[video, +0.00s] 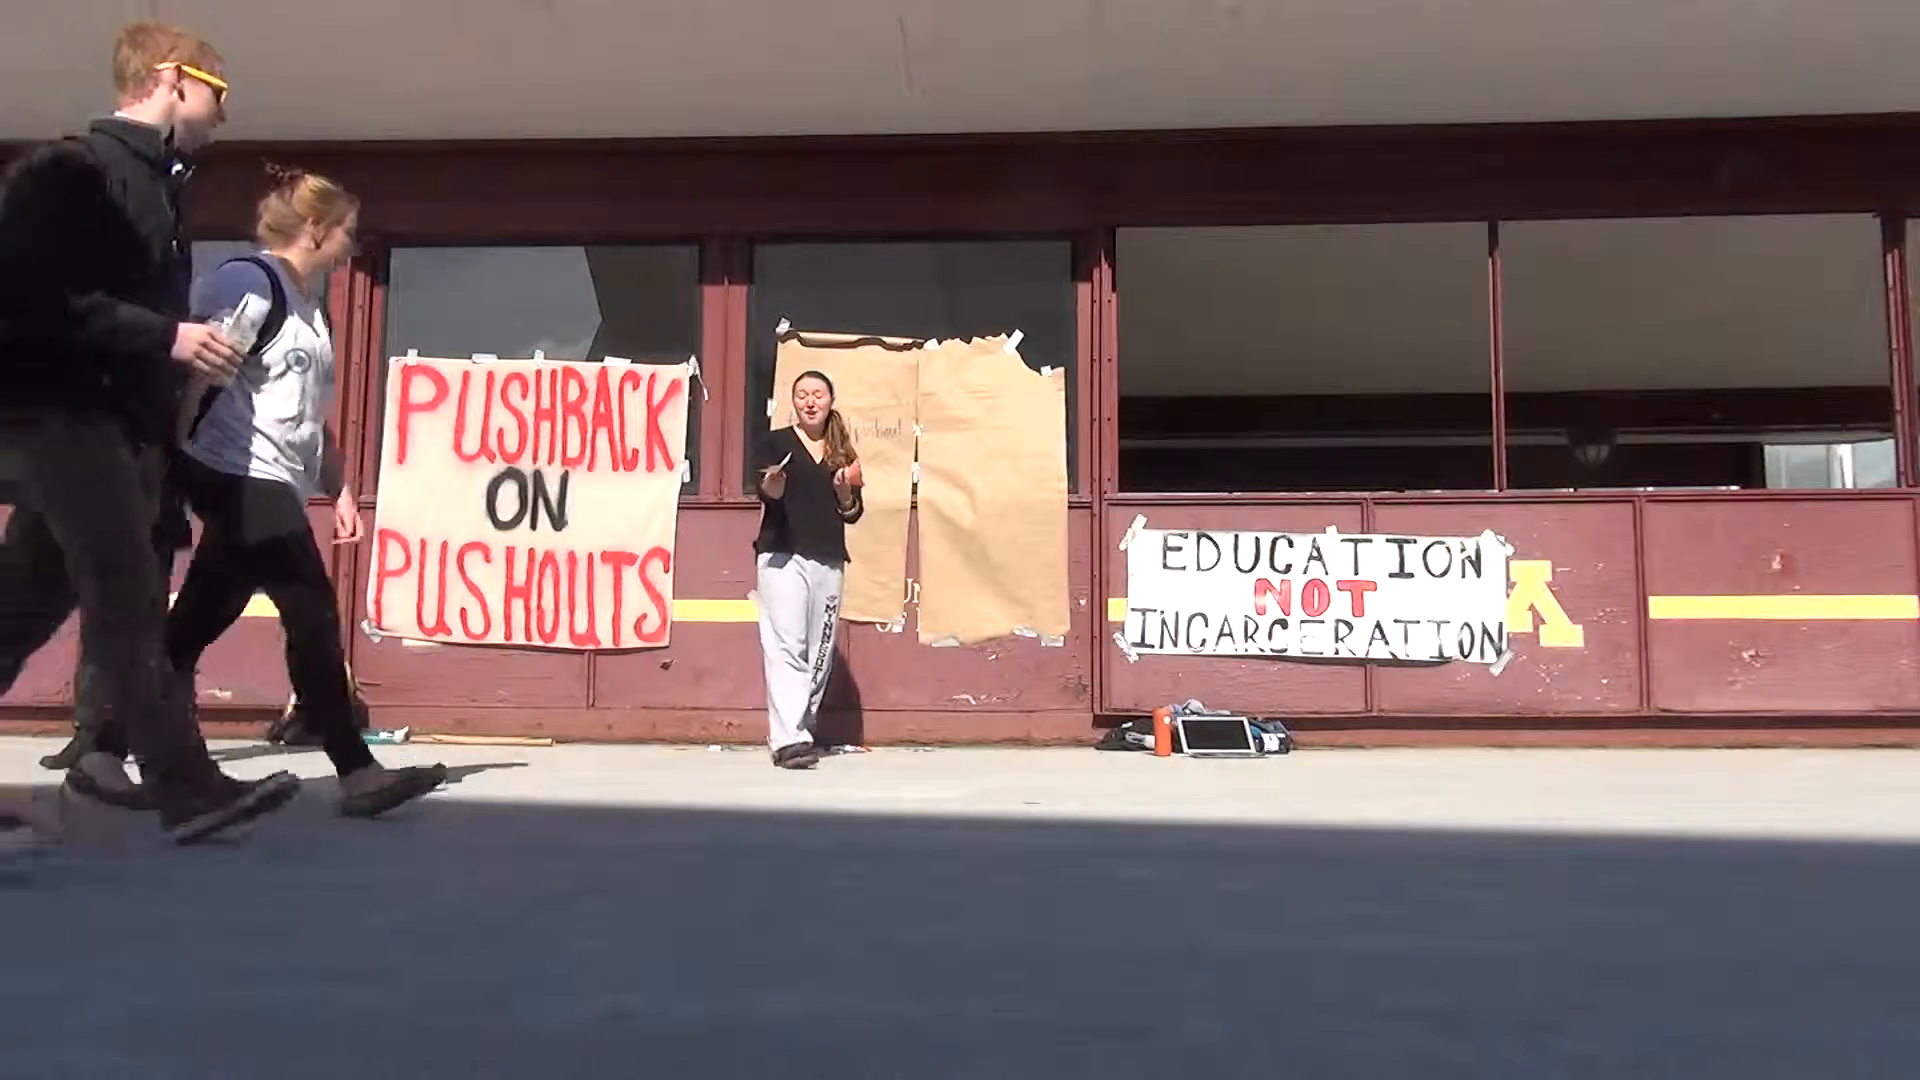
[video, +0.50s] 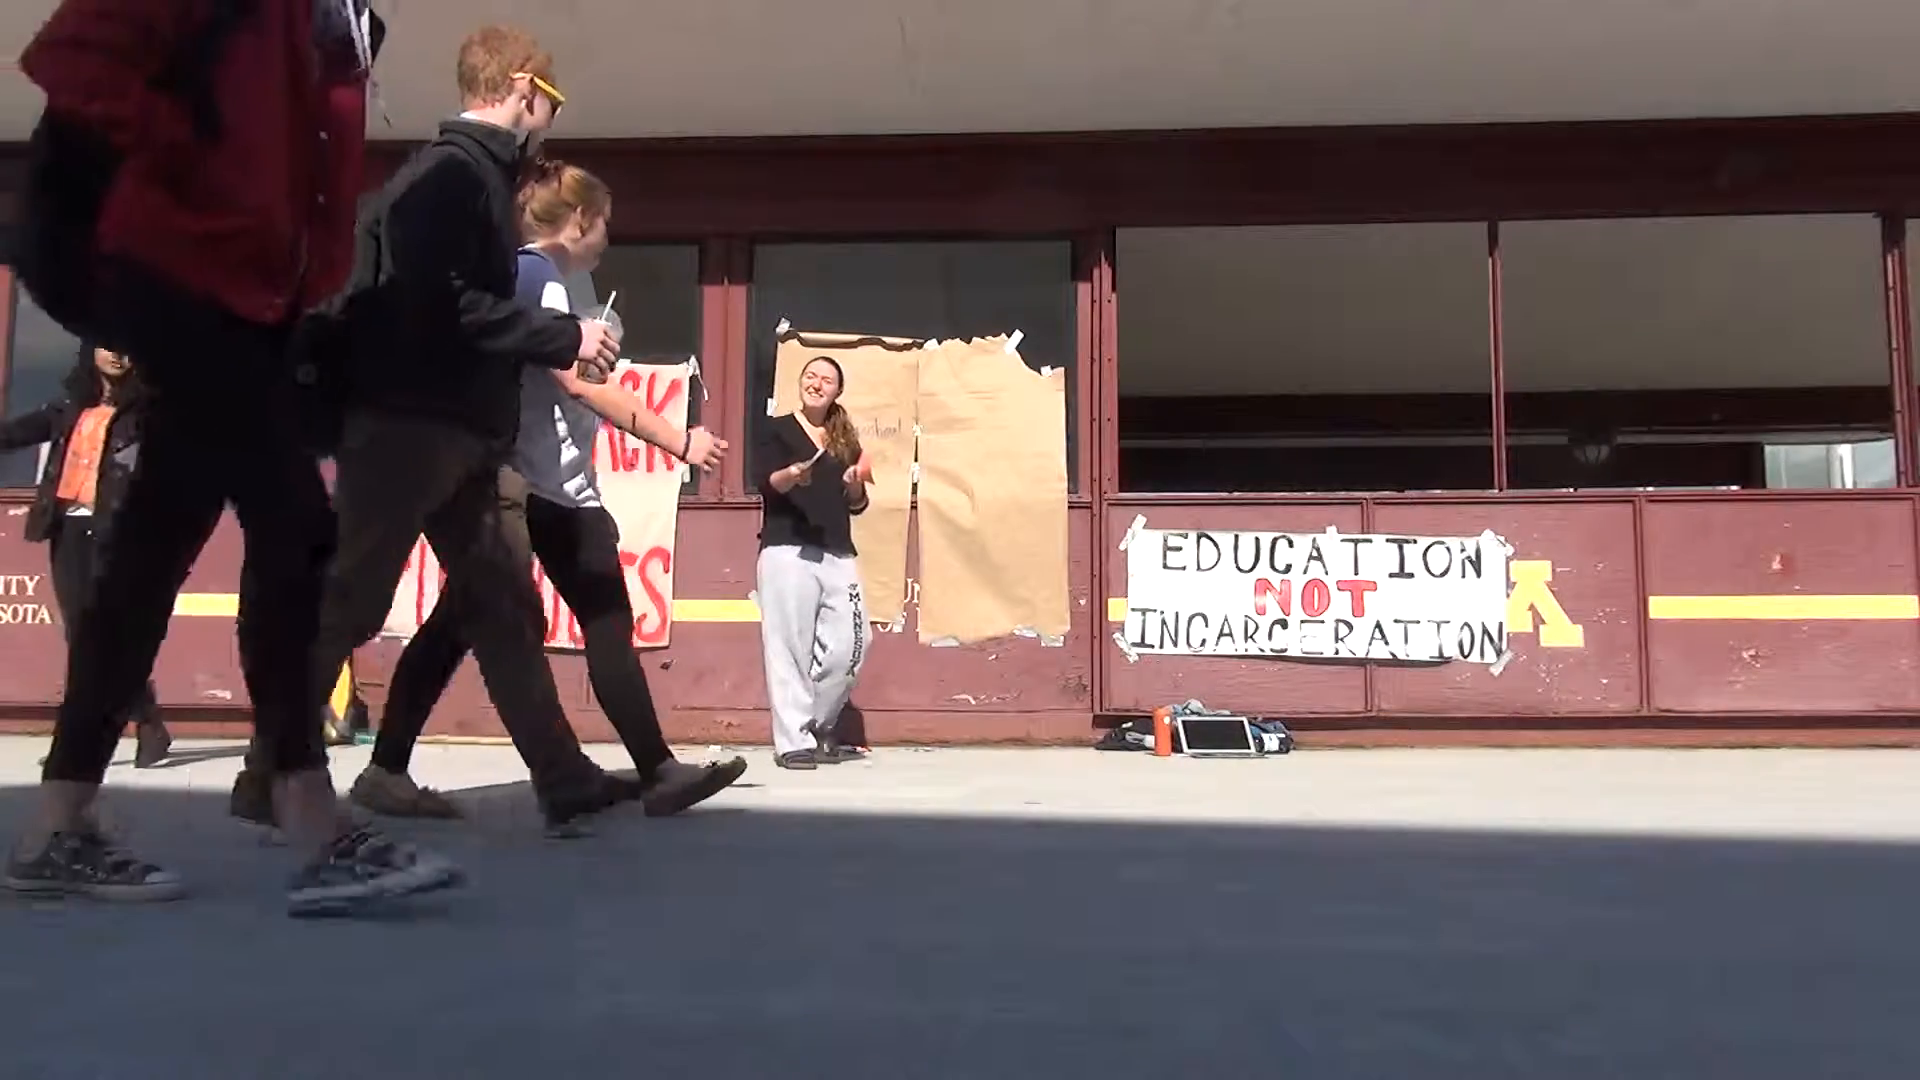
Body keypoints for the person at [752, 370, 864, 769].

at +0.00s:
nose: (810, 401)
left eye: (818, 394)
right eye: (802, 395)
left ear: (831, 401)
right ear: (793, 402)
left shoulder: (843, 449)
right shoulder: (774, 442)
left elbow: (852, 513)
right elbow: (766, 492)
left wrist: (846, 493)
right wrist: (773, 483)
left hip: (827, 558)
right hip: (782, 554)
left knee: (818, 650)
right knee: (788, 647)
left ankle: (799, 735)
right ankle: (788, 739)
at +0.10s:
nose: (812, 398)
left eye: (820, 391)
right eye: (804, 391)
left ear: (832, 399)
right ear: (793, 398)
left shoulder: (842, 448)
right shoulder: (774, 440)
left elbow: (854, 512)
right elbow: (764, 491)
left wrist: (848, 493)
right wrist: (774, 486)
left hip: (829, 557)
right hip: (784, 553)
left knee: (818, 651)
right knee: (789, 647)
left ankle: (800, 736)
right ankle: (793, 740)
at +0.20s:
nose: (813, 393)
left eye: (821, 386)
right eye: (805, 387)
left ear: (833, 394)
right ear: (794, 394)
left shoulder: (843, 444)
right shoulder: (775, 435)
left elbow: (854, 509)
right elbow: (761, 486)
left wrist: (851, 491)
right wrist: (775, 483)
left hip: (830, 554)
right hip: (784, 550)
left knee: (821, 651)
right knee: (789, 646)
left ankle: (799, 736)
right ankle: (792, 741)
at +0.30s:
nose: (811, 387)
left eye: (820, 382)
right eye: (804, 381)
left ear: (833, 393)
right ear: (794, 391)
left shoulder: (844, 442)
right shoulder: (773, 433)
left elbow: (855, 508)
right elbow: (761, 487)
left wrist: (853, 486)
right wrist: (779, 481)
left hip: (831, 553)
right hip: (784, 549)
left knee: (829, 646)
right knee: (789, 643)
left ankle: (804, 733)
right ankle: (792, 742)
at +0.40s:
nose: (812, 384)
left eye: (822, 380)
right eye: (807, 378)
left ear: (835, 393)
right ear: (796, 387)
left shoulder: (844, 441)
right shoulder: (773, 431)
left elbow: (856, 507)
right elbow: (762, 486)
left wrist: (854, 486)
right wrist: (783, 479)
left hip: (833, 554)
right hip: (784, 550)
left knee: (838, 649)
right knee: (788, 646)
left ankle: (799, 731)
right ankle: (793, 742)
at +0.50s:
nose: (816, 384)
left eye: (826, 380)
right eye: (810, 376)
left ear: (837, 392)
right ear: (799, 384)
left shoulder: (846, 440)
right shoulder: (774, 429)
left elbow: (858, 505)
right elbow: (766, 484)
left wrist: (856, 488)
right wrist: (793, 473)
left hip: (837, 554)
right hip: (787, 551)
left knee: (846, 647)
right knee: (790, 647)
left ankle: (815, 726)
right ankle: (793, 742)